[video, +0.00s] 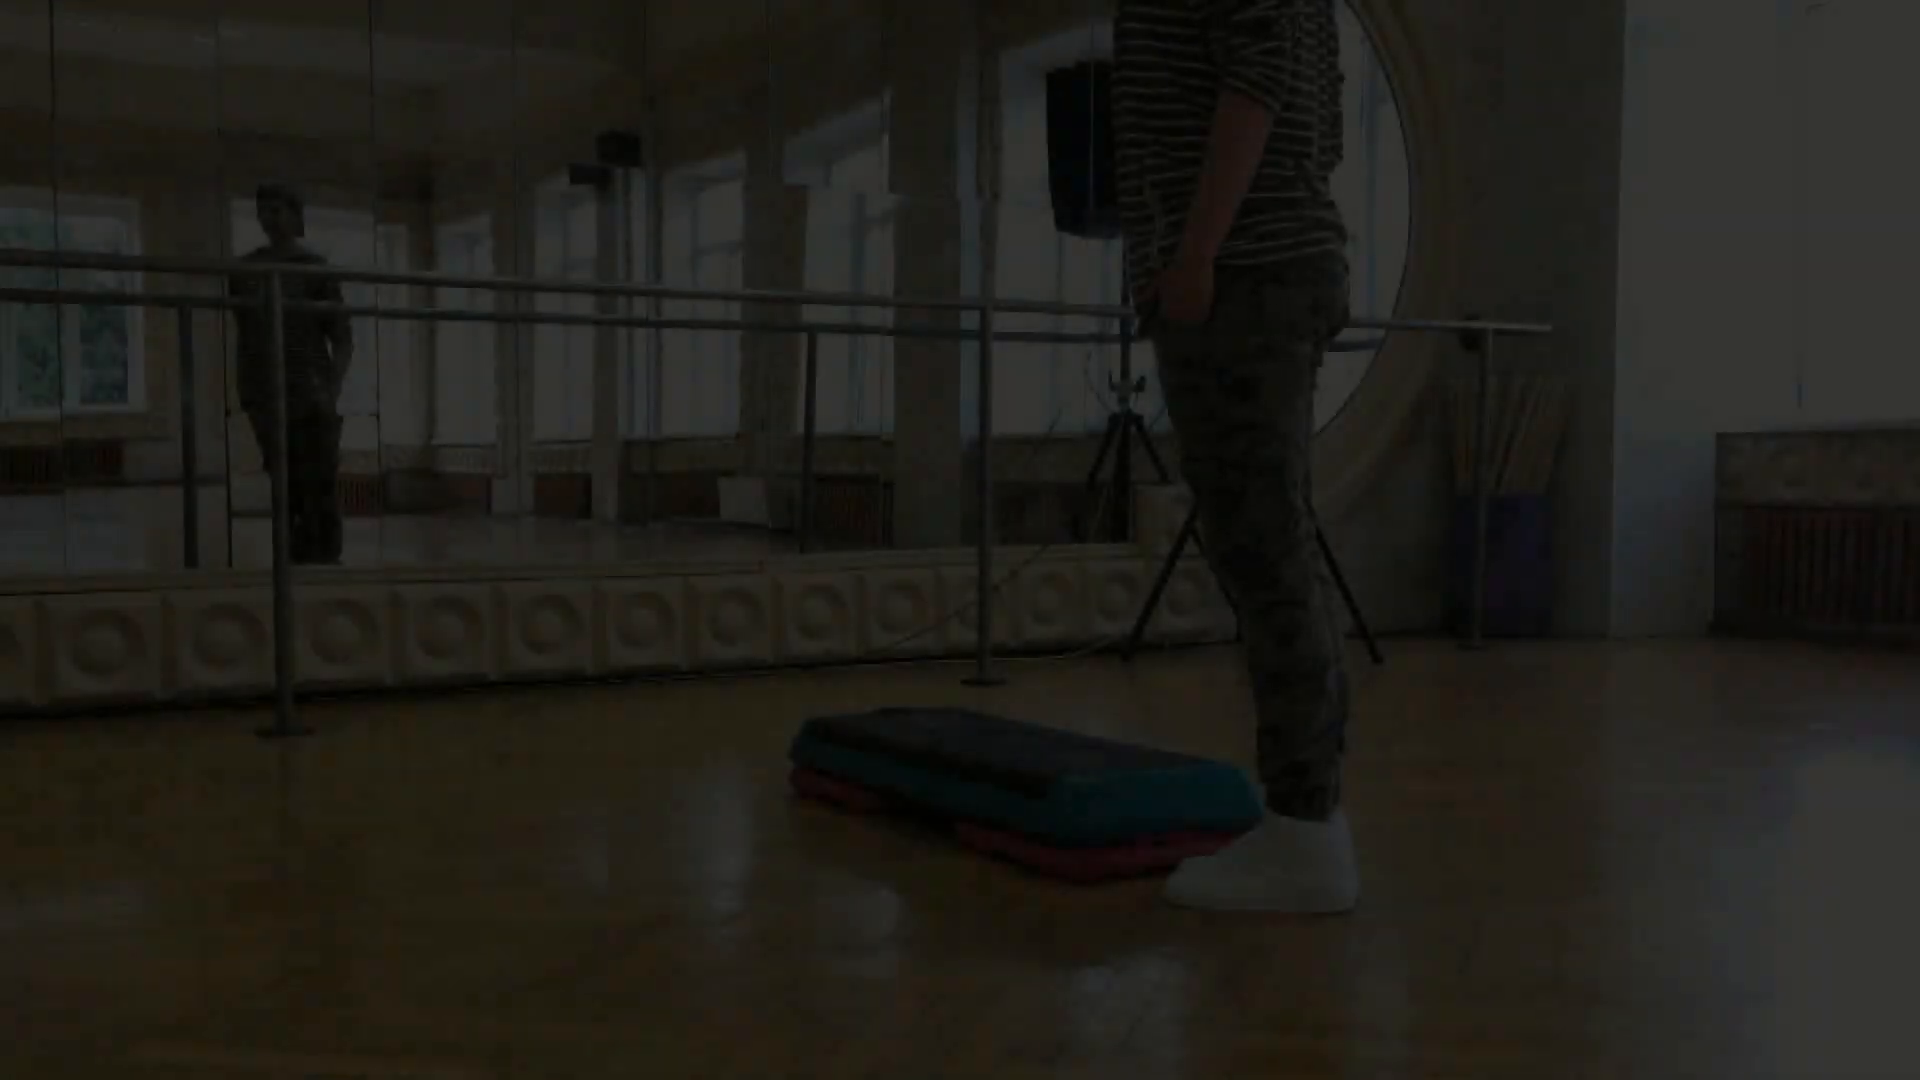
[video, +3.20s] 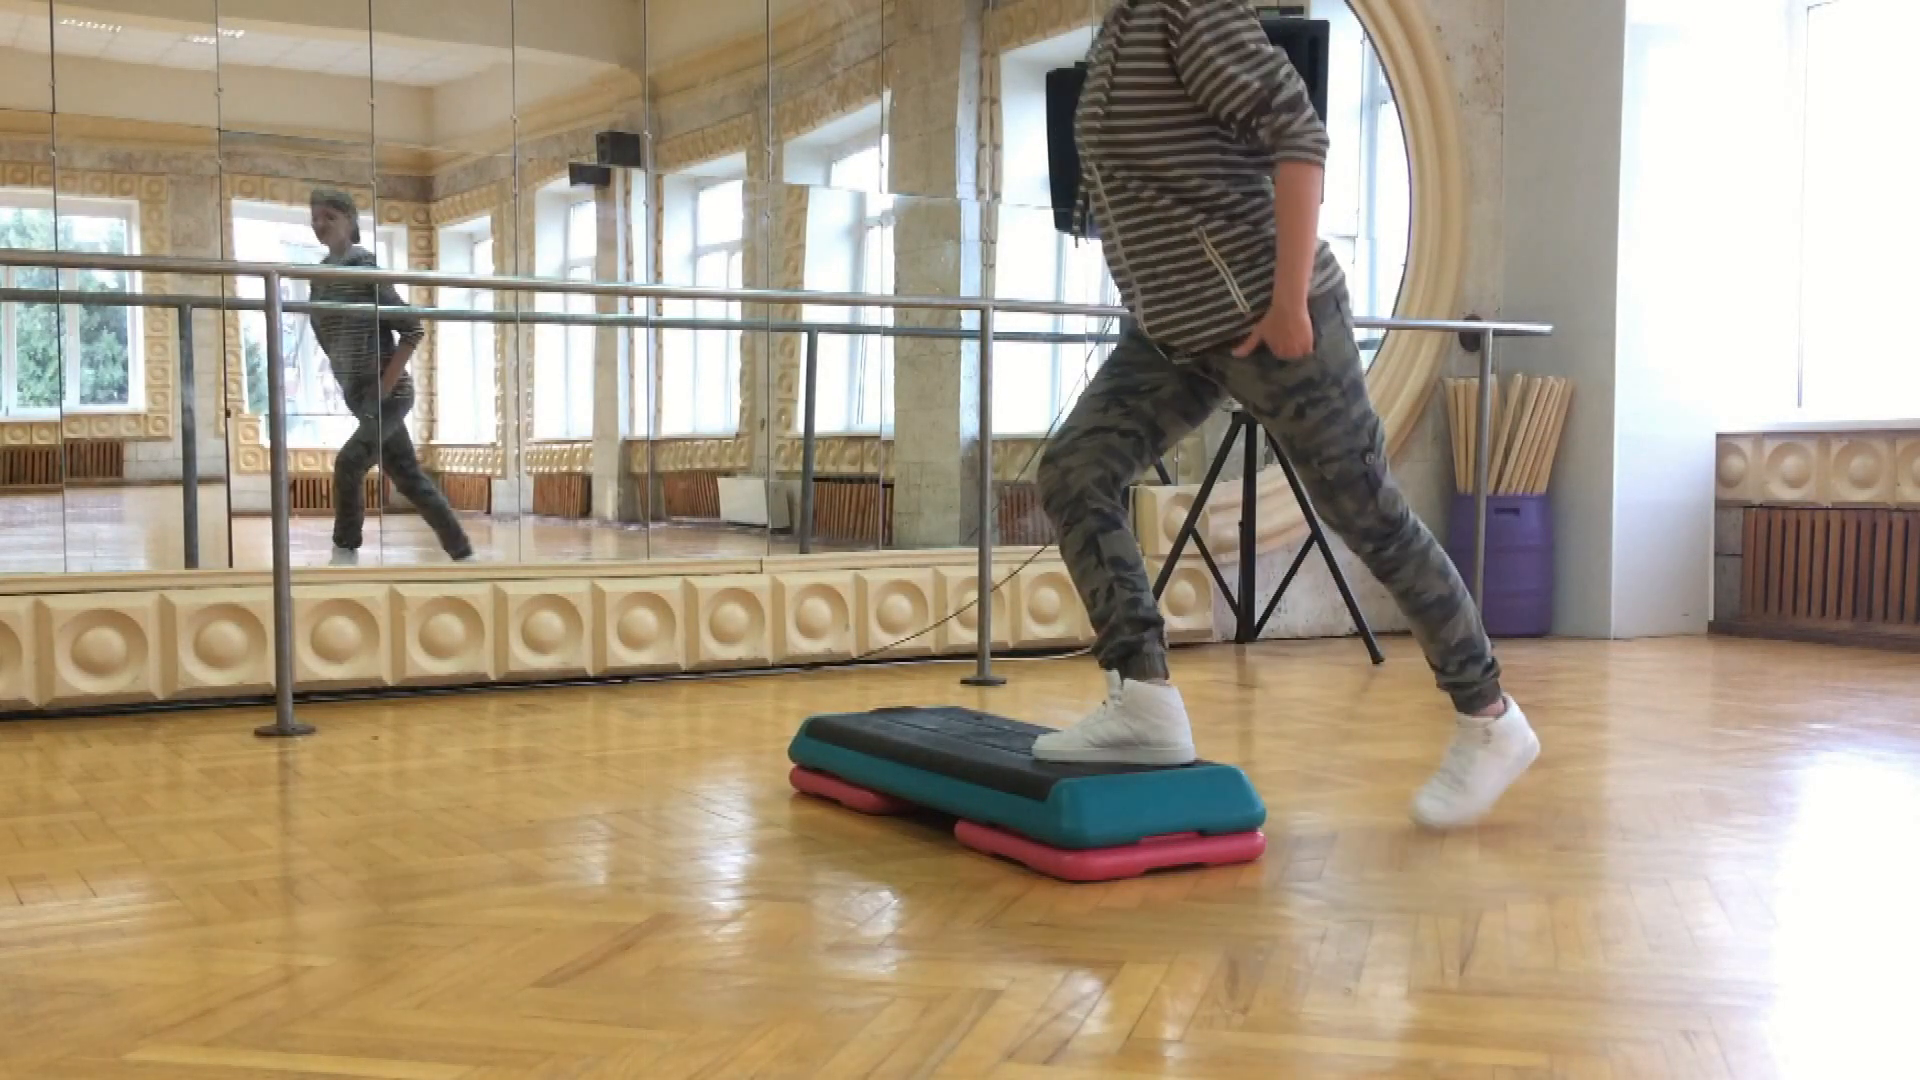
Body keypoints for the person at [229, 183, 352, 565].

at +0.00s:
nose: (274, 223)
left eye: (281, 213)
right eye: (268, 214)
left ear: (297, 217)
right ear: (260, 219)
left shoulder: (316, 267)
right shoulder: (245, 270)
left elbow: (341, 334)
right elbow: (244, 335)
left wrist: (332, 385)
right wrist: (246, 389)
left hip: (313, 390)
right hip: (265, 392)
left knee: (318, 476)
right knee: (285, 477)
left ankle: (323, 557)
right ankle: (293, 556)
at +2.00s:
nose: (270, 220)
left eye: (278, 213)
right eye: (265, 214)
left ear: (299, 218)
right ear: (260, 220)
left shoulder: (320, 268)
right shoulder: (246, 272)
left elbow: (346, 336)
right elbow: (246, 337)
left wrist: (334, 395)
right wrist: (246, 393)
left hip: (316, 401)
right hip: (266, 404)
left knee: (320, 493)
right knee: (286, 495)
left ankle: (327, 573)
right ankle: (296, 572)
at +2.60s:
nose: (272, 230)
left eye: (280, 223)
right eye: (266, 224)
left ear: (301, 227)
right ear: (262, 230)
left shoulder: (327, 275)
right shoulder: (258, 279)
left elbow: (368, 335)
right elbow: (260, 330)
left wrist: (344, 384)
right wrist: (258, 384)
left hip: (322, 393)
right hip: (275, 397)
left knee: (298, 448)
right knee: (278, 484)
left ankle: (325, 532)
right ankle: (297, 566)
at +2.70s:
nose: (271, 210)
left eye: (278, 203)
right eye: (265, 204)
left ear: (299, 206)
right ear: (262, 211)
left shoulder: (327, 255)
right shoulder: (263, 261)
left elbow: (370, 311)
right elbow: (271, 313)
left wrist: (351, 361)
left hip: (334, 369)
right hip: (292, 373)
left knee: (313, 452)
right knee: (301, 458)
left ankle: (340, 541)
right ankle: (303, 547)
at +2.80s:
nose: (274, 205)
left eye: (281, 198)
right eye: (269, 200)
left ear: (303, 200)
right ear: (267, 207)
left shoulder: (327, 250)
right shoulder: (273, 257)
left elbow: (368, 303)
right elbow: (281, 316)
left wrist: (358, 360)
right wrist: (284, 365)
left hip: (344, 367)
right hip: (304, 370)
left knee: (328, 455)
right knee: (324, 457)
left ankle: (335, 545)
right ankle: (335, 543)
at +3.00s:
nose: (288, 215)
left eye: (296, 207)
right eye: (284, 208)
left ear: (320, 210)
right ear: (284, 215)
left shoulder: (343, 258)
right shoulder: (292, 265)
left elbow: (381, 314)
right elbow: (301, 323)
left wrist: (364, 362)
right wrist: (318, 364)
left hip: (362, 379)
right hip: (329, 381)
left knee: (337, 463)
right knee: (376, 464)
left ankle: (343, 554)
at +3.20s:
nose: (321, 226)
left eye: (329, 218)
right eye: (316, 220)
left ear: (351, 222)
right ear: (313, 225)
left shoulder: (363, 268)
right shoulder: (321, 275)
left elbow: (412, 328)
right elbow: (330, 333)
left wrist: (387, 381)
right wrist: (345, 371)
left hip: (391, 391)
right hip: (362, 395)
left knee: (349, 464)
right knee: (410, 479)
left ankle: (344, 557)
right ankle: (463, 555)